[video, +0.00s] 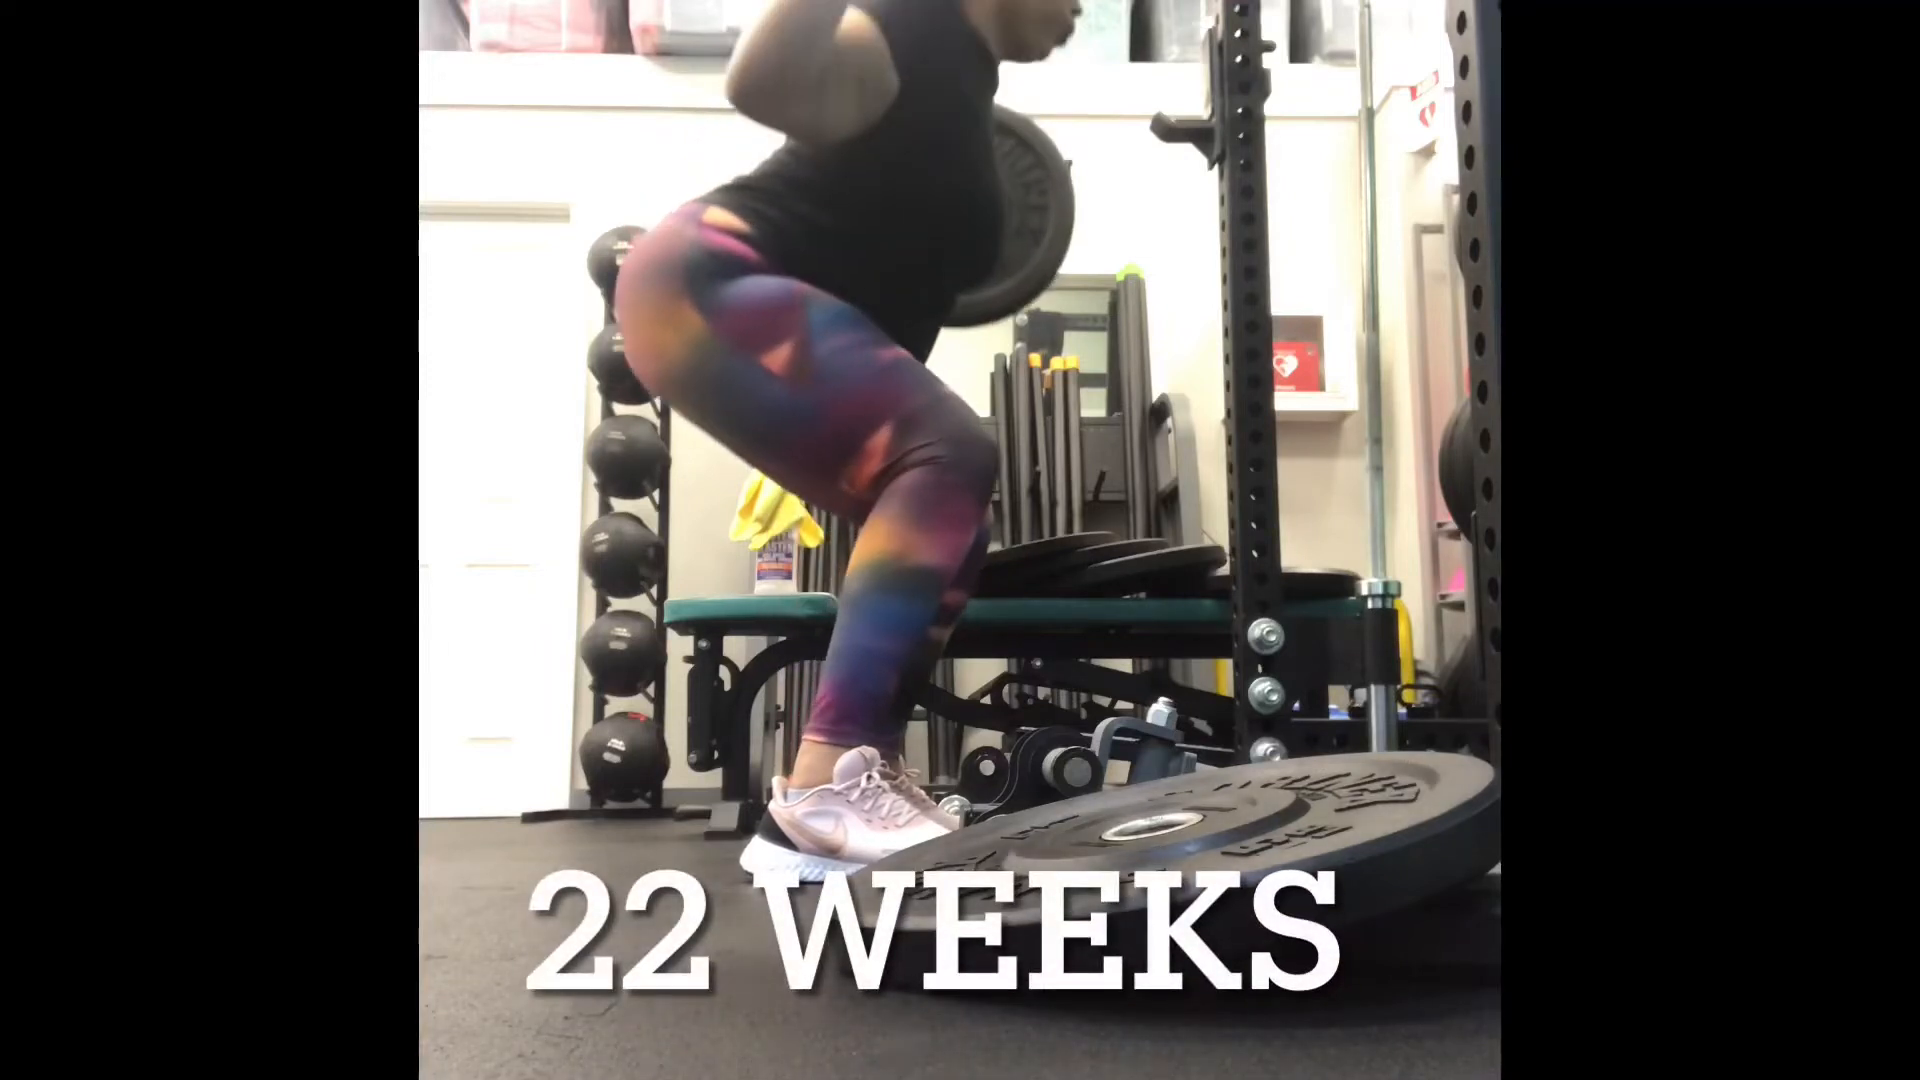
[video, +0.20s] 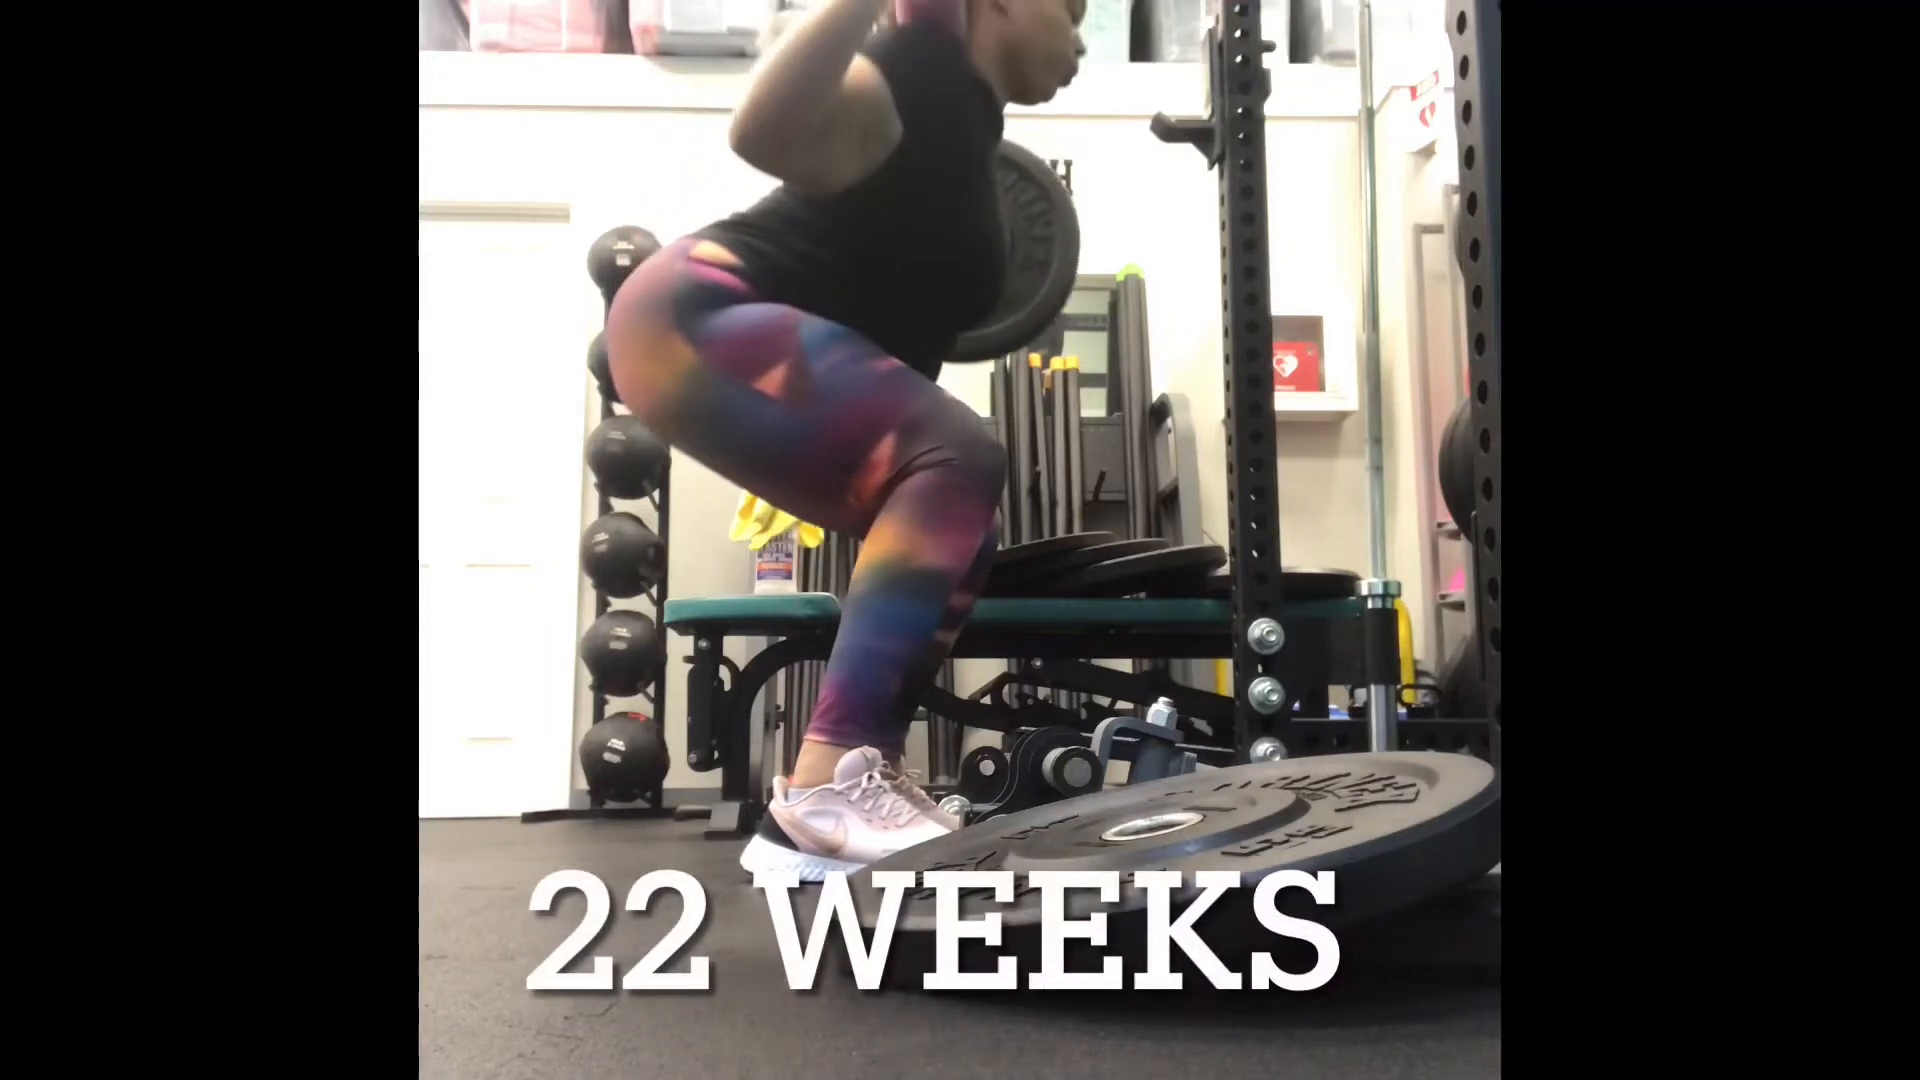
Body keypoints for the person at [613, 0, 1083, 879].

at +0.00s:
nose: (1075, 14)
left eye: (1078, 3)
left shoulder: (957, 91)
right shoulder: (920, 31)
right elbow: (762, 83)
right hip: (703, 272)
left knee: (945, 515)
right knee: (946, 450)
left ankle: (857, 767)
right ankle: (827, 775)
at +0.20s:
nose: (1081, 38)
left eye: (1081, 15)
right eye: (1070, 9)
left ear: (1001, 12)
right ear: (992, 1)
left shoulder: (958, 120)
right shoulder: (924, 72)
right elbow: (768, 132)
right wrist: (867, 2)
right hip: (690, 308)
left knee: (949, 508)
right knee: (953, 452)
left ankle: (863, 767)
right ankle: (829, 776)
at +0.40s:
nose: (1085, 67)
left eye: (1084, 43)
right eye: (1074, 34)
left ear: (1011, 30)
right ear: (1003, 23)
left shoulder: (963, 162)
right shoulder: (930, 101)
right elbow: (770, 160)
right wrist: (891, 11)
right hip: (678, 323)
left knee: (948, 498)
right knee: (953, 453)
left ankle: (856, 770)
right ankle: (830, 776)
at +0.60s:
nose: (1088, 65)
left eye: (1087, 41)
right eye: (1077, 33)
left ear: (1014, 29)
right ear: (1006, 23)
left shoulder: (968, 158)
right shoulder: (932, 102)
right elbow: (777, 159)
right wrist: (897, 11)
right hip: (681, 315)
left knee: (945, 495)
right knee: (953, 453)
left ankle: (860, 766)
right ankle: (830, 776)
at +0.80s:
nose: (1086, 31)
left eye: (1083, 10)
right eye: (1072, 6)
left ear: (1008, 11)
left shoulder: (968, 109)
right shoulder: (932, 57)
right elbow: (775, 123)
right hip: (701, 280)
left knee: (935, 498)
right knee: (950, 455)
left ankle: (855, 769)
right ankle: (829, 778)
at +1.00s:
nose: (1076, 3)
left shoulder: (969, 94)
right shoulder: (934, 22)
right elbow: (769, 74)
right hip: (707, 243)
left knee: (928, 492)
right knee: (936, 446)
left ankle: (856, 768)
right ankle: (828, 775)